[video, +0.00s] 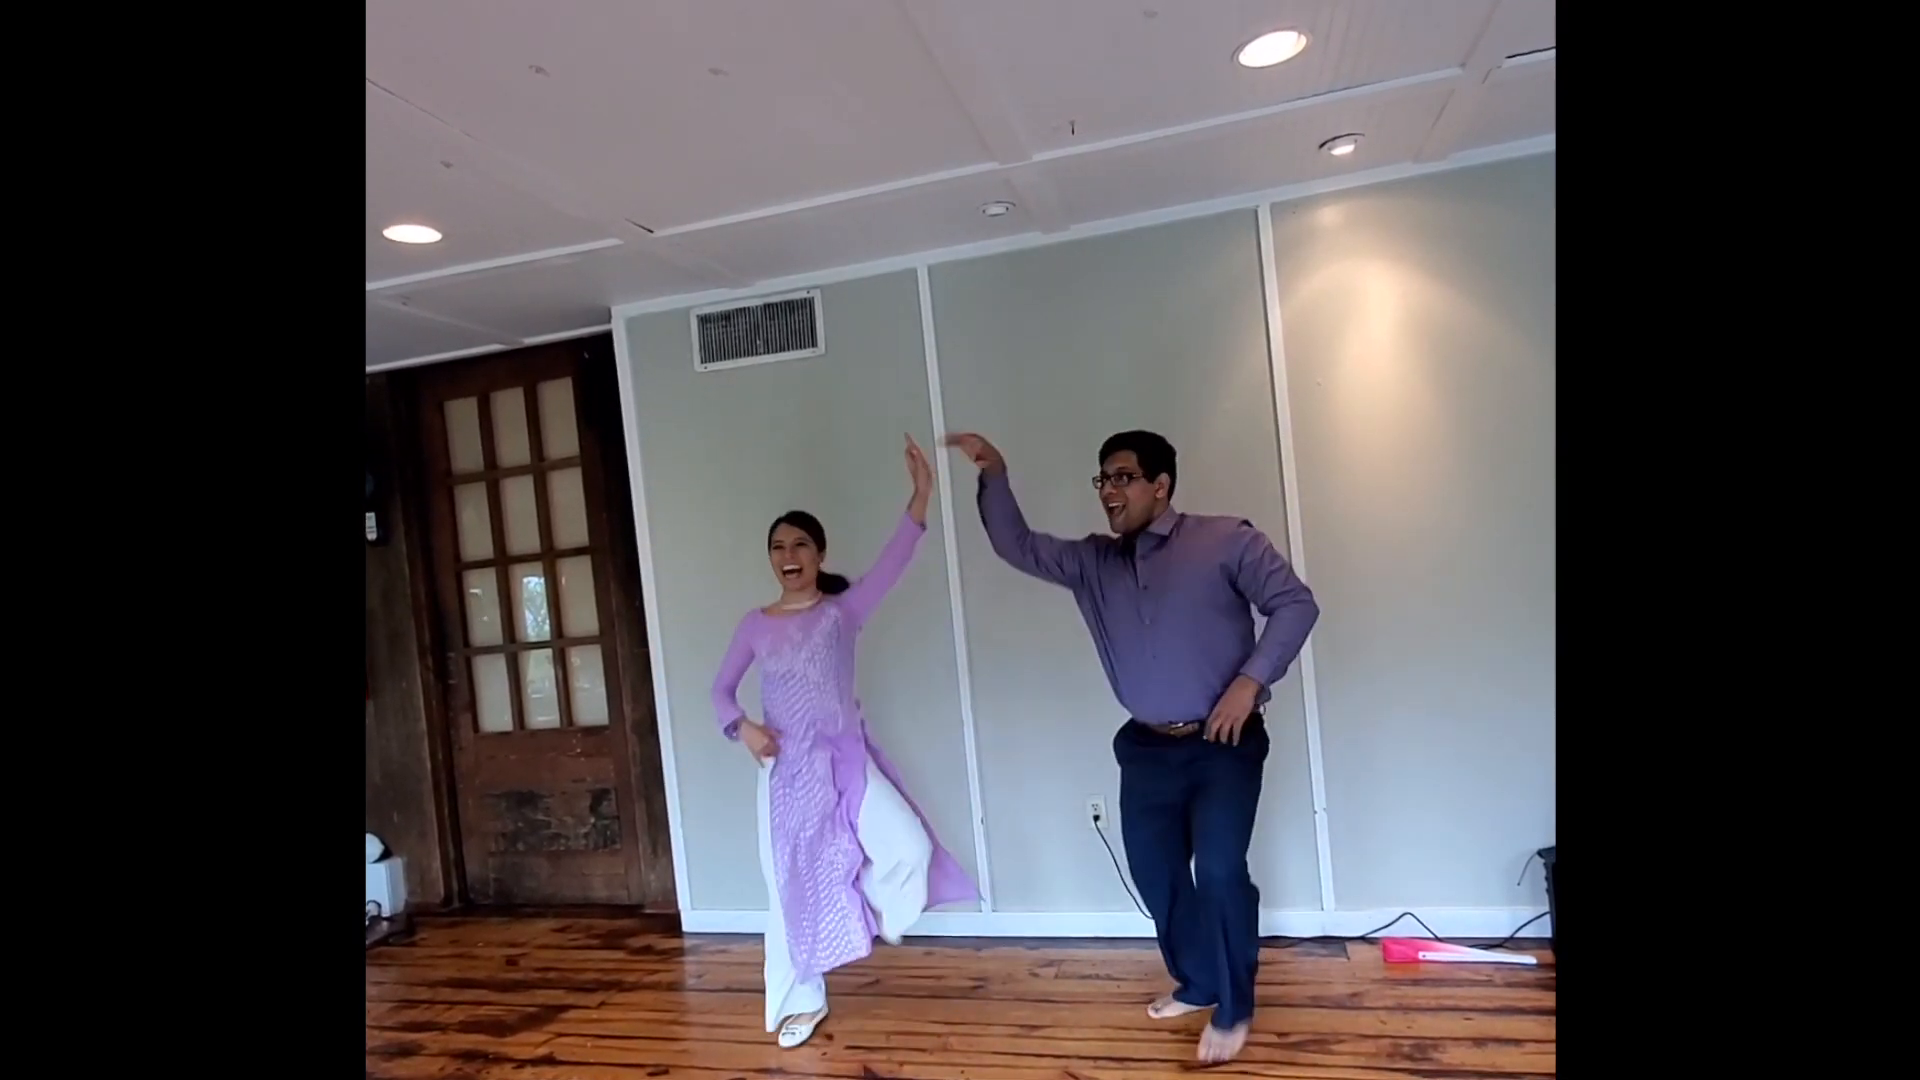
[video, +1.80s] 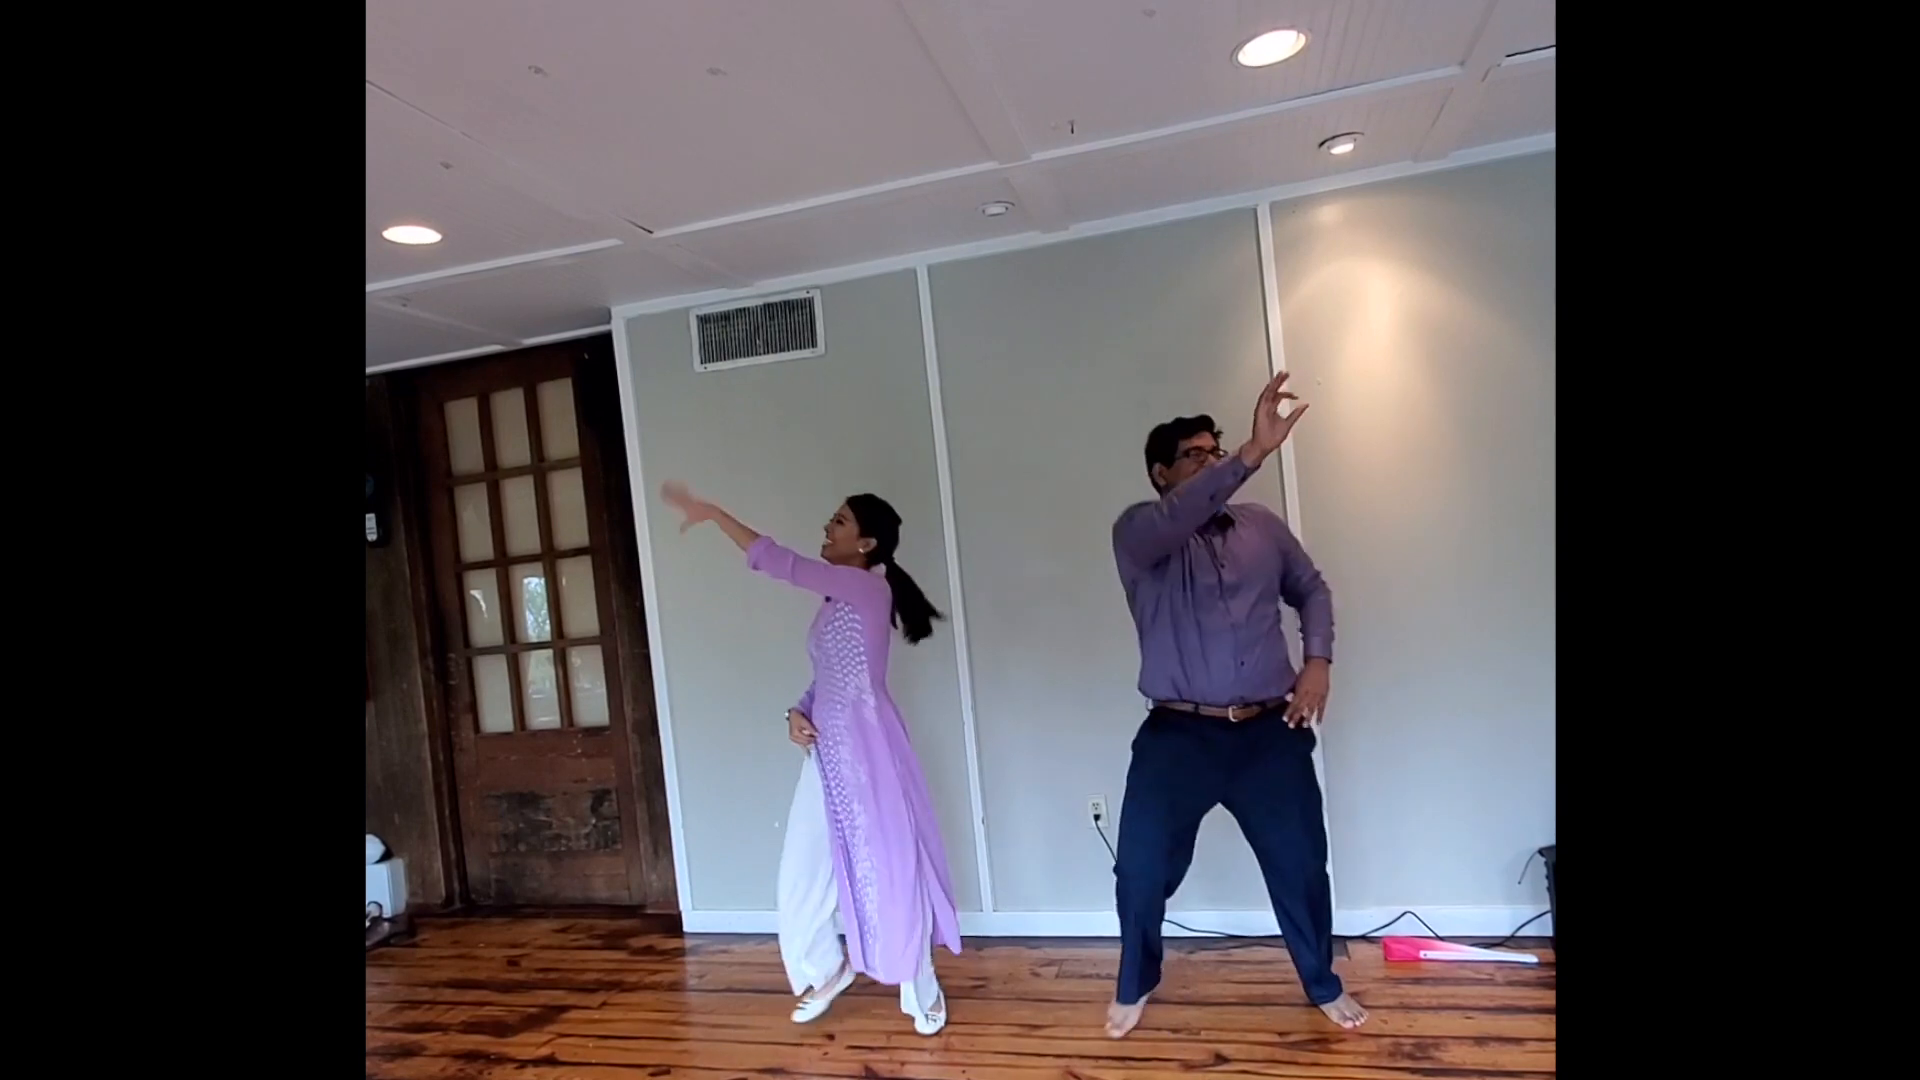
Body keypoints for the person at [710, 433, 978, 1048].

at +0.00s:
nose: (788, 557)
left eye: (799, 546)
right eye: (779, 548)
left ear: (820, 555)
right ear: (770, 559)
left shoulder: (843, 609)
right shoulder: (758, 625)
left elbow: (891, 563)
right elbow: (722, 689)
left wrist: (921, 497)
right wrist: (743, 728)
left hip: (846, 755)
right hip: (788, 762)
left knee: (911, 844)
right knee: (787, 879)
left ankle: (873, 907)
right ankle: (799, 999)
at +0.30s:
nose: (773, 546)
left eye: (785, 539)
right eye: (766, 541)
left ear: (809, 558)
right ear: (758, 559)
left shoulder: (826, 602)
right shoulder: (742, 624)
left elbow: (876, 547)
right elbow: (718, 688)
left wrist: (895, 472)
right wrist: (722, 725)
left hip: (830, 754)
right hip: (771, 764)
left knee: (896, 856)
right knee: (786, 885)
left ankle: (934, 962)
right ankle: (801, 1002)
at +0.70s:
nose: (801, 551)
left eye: (812, 545)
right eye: (792, 544)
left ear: (830, 558)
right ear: (781, 560)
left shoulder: (847, 614)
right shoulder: (763, 625)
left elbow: (860, 574)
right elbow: (731, 693)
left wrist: (825, 508)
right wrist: (744, 727)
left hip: (843, 761)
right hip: (787, 767)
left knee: (885, 879)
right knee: (795, 884)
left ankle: (941, 994)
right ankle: (809, 1004)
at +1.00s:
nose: (854, 543)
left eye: (866, 536)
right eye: (846, 536)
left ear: (885, 550)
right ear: (834, 550)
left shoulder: (890, 609)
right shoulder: (820, 621)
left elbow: (819, 633)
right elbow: (807, 690)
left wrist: (761, 577)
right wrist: (796, 723)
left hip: (887, 755)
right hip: (832, 758)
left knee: (896, 880)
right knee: (754, 845)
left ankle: (924, 1001)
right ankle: (828, 942)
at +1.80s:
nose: (827, 529)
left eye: (840, 525)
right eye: (832, 521)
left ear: (868, 544)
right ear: (854, 542)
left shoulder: (870, 586)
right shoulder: (837, 600)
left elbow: (785, 563)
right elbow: (829, 675)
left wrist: (715, 513)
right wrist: (798, 712)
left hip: (869, 746)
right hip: (828, 748)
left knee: (888, 862)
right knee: (802, 864)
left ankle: (919, 982)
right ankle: (824, 971)